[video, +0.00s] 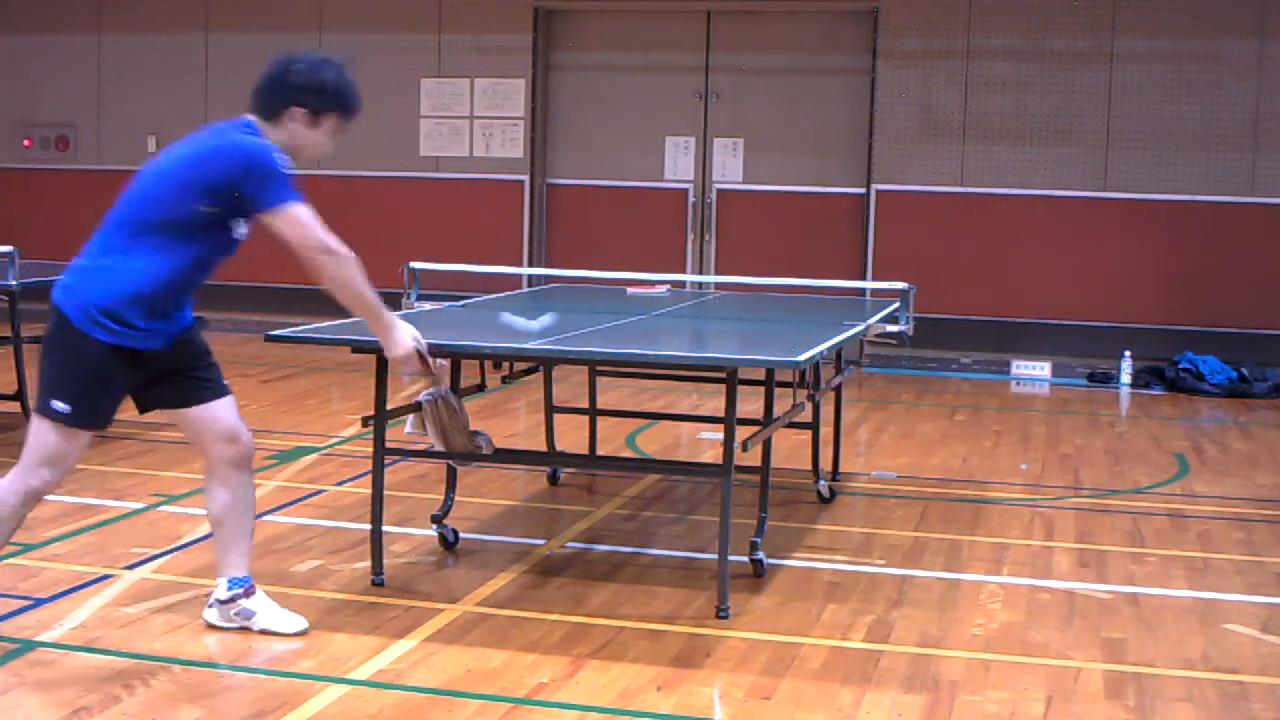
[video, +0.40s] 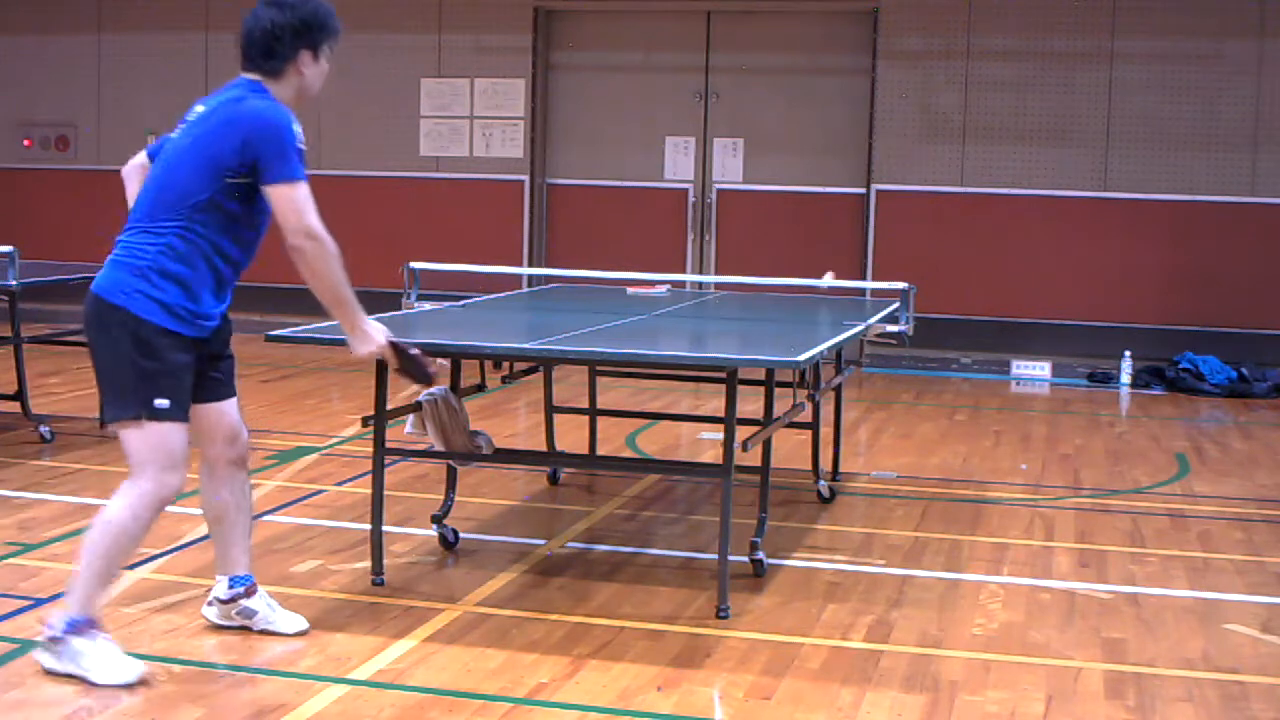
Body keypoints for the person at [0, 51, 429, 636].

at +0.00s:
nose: (331, 143)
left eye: (335, 131)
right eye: (329, 129)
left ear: (290, 113)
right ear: (298, 115)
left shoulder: (241, 145)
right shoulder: (250, 154)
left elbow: (320, 246)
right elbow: (320, 250)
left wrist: (385, 324)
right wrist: (388, 328)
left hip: (165, 323)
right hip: (95, 319)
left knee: (231, 448)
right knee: (37, 473)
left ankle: (233, 592)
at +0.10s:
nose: (353, 139)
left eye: (357, 124)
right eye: (355, 124)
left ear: (303, 110)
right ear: (330, 119)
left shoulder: (257, 144)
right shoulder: (289, 162)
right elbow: (346, 266)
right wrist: (396, 334)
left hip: (185, 326)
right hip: (118, 318)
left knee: (237, 444)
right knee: (68, 473)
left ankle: (233, 591)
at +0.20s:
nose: (359, 120)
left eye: (363, 106)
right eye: (361, 106)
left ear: (299, 91)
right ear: (339, 104)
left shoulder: (247, 130)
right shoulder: (304, 153)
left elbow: (153, 196)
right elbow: (348, 262)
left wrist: (122, 281)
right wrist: (393, 335)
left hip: (191, 320)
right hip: (135, 313)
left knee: (236, 444)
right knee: (106, 476)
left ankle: (234, 592)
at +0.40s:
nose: (329, 73)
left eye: (330, 59)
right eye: (328, 59)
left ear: (263, 54)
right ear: (305, 58)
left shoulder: (223, 104)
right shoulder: (269, 118)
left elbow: (136, 171)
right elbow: (305, 236)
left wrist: (164, 258)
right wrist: (357, 327)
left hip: (194, 312)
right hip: (142, 308)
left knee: (228, 447)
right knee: (156, 474)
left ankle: (235, 591)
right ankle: (70, 627)